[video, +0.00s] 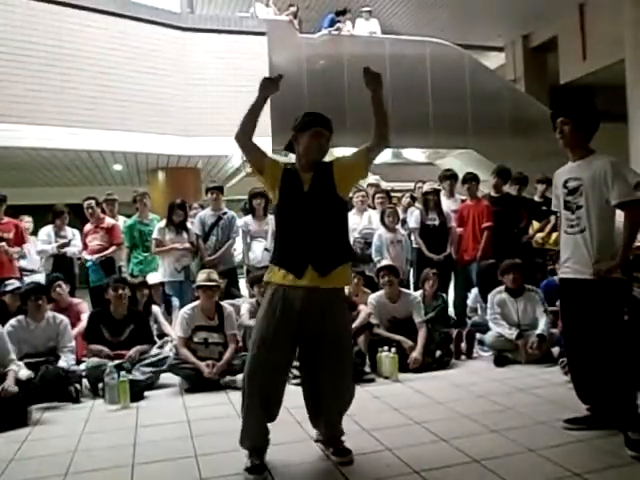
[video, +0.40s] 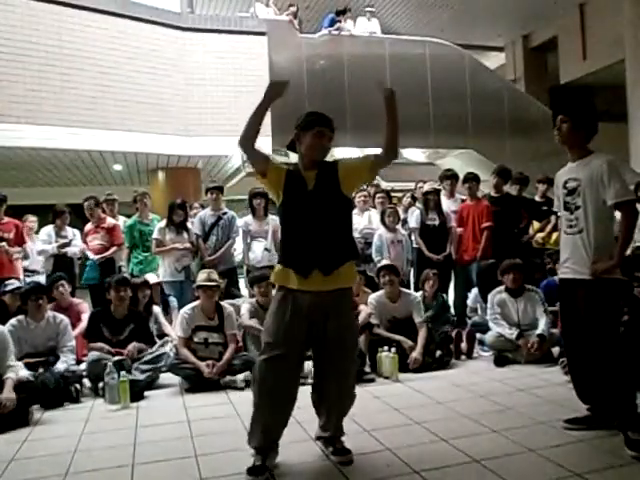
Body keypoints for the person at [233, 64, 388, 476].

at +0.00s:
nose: (320, 142)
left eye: (325, 138)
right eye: (313, 135)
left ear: (329, 145)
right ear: (295, 139)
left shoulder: (341, 172)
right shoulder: (276, 173)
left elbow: (380, 141)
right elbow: (244, 138)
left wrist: (377, 93)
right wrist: (262, 97)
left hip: (330, 291)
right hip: (283, 289)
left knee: (336, 371)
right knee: (262, 371)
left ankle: (330, 433)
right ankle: (255, 450)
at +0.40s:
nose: (321, 139)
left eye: (326, 135)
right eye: (315, 133)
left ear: (331, 142)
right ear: (297, 138)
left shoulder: (344, 173)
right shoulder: (282, 177)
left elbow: (388, 153)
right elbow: (247, 145)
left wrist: (390, 106)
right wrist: (266, 100)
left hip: (338, 289)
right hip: (291, 289)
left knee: (339, 367)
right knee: (272, 370)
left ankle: (331, 433)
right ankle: (263, 451)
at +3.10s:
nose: (280, 153)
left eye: (286, 146)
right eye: (271, 146)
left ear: (294, 149)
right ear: (256, 148)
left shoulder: (307, 192)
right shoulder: (235, 190)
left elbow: (336, 238)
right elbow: (200, 238)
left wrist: (344, 212)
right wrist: (180, 289)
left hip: (296, 285)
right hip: (257, 280)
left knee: (296, 367)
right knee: (261, 300)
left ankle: (280, 433)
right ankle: (261, 357)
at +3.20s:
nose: (280, 154)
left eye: (286, 147)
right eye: (272, 146)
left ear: (294, 149)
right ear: (257, 148)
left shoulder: (305, 188)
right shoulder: (238, 189)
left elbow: (342, 214)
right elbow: (204, 236)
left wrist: (348, 191)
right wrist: (186, 285)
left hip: (297, 282)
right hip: (256, 279)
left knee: (307, 370)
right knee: (259, 294)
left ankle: (282, 440)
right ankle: (277, 390)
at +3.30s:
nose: (278, 155)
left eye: (284, 148)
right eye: (270, 148)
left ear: (292, 149)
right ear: (256, 149)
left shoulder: (302, 180)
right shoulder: (237, 186)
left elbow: (337, 205)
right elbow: (218, 234)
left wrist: (344, 199)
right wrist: (207, 280)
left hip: (300, 292)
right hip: (259, 292)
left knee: (308, 372)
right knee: (268, 371)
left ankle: (283, 441)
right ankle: (276, 456)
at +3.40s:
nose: (275, 158)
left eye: (281, 152)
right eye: (267, 151)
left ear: (288, 153)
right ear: (253, 152)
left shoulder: (301, 189)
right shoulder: (232, 195)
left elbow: (347, 205)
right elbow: (213, 240)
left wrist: (339, 192)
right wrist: (218, 266)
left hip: (301, 298)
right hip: (259, 299)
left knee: (304, 379)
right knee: (270, 382)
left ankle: (285, 445)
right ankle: (271, 464)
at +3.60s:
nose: (268, 147)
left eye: (274, 140)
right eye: (260, 140)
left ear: (284, 144)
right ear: (245, 144)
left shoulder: (300, 189)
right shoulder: (226, 193)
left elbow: (327, 234)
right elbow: (213, 247)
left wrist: (326, 286)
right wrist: (236, 204)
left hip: (293, 293)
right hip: (248, 301)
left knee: (320, 339)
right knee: (264, 394)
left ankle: (316, 424)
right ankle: (272, 468)